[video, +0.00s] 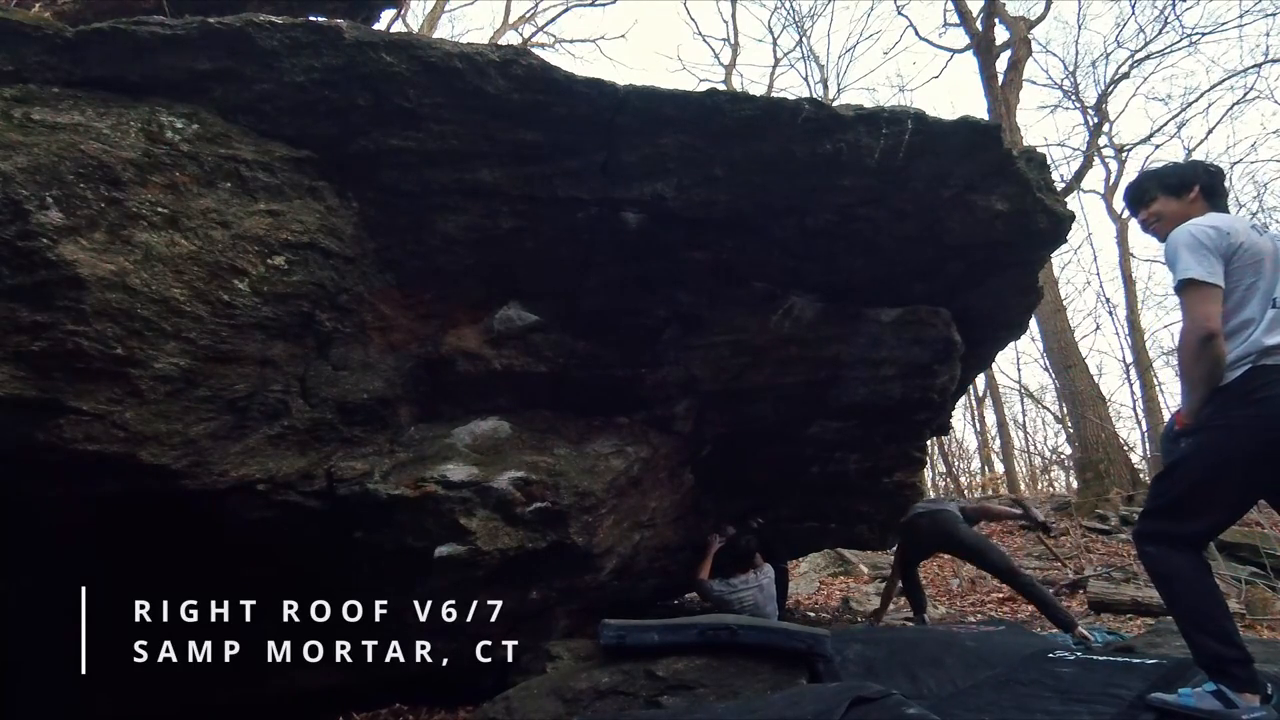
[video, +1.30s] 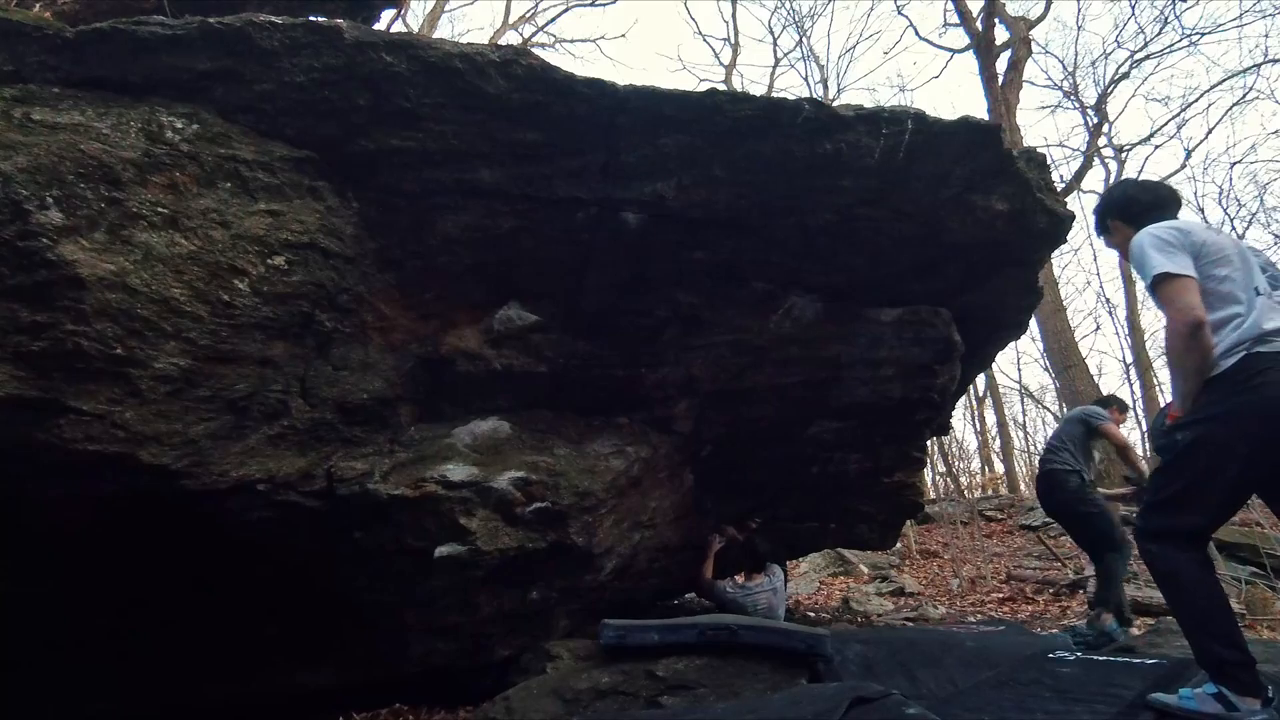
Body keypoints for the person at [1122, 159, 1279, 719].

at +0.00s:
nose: (1146, 224)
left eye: (1150, 210)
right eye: (1141, 218)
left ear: (1192, 192)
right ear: (1200, 197)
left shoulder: (1195, 233)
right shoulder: (1258, 236)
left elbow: (1205, 334)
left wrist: (1193, 410)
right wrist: (1199, 408)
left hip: (1258, 392)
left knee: (1163, 533)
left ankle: (1235, 683)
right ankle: (1237, 680)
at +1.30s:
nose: (1117, 254)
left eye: (1111, 240)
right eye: (1110, 245)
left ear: (1124, 224)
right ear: (1165, 211)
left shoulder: (1152, 237)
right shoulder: (1238, 246)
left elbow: (1190, 320)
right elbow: (1272, 295)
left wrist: (1181, 408)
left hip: (1252, 382)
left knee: (1164, 527)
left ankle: (1238, 686)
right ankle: (1242, 683)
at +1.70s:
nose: (1067, 267)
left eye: (1064, 258)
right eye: (1062, 261)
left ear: (1076, 249)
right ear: (1117, 232)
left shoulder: (1099, 258)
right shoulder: (1174, 263)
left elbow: (1139, 334)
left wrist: (1145, 414)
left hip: (1211, 390)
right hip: (1272, 384)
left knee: (1150, 537)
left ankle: (1238, 690)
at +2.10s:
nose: (998, 278)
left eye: (996, 271)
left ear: (1003, 266)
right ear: (1049, 250)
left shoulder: (1017, 279)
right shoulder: (1103, 274)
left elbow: (1054, 348)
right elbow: (1165, 327)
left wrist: (1093, 428)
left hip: (1146, 391)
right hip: (1216, 380)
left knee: (1158, 559)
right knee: (1269, 542)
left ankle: (1236, 704)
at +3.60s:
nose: (1046, 263)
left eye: (1047, 252)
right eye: (1043, 255)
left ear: (1064, 238)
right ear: (1091, 230)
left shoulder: (1095, 249)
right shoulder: (1137, 260)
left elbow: (1133, 317)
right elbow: (1189, 331)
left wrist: (1139, 401)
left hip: (1189, 388)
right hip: (1225, 385)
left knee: (1196, 540)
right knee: (1245, 535)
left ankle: (1244, 692)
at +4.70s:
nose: (1094, 247)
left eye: (1093, 237)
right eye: (1091, 240)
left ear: (1111, 219)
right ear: (1144, 217)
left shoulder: (1128, 238)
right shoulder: (1193, 258)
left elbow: (1138, 314)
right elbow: (1214, 330)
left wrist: (1124, 399)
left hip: (1182, 389)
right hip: (1235, 389)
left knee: (1140, 532)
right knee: (1258, 541)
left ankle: (1226, 673)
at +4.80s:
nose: (1094, 250)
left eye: (1094, 240)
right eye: (1091, 243)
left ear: (1111, 221)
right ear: (1140, 218)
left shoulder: (1133, 236)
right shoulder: (1185, 255)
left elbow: (1143, 314)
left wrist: (1128, 395)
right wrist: (1097, 318)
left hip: (1189, 385)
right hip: (1240, 390)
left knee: (1147, 530)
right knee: (1264, 544)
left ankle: (1230, 677)